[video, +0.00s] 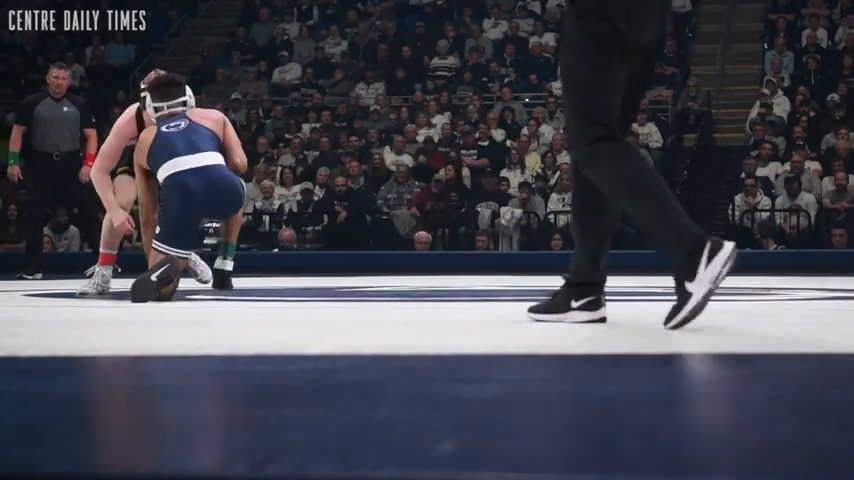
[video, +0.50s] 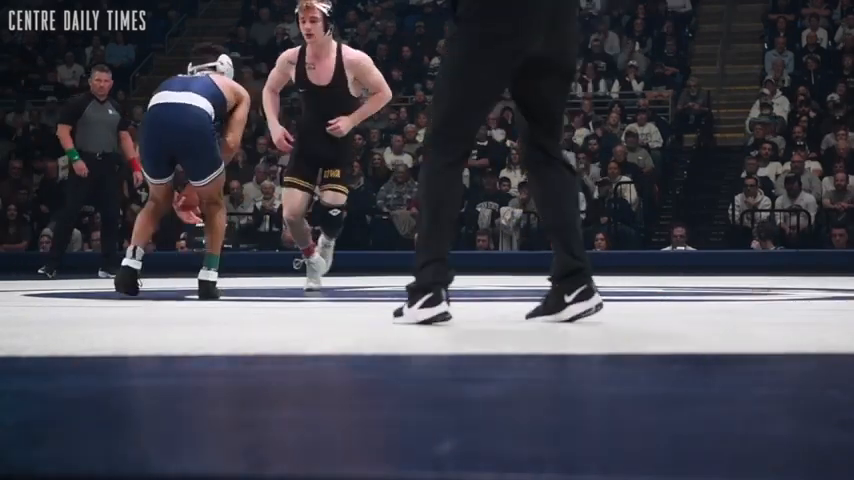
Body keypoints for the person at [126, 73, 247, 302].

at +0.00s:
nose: (143, 112)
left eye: (144, 107)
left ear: (150, 110)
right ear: (188, 101)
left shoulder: (144, 142)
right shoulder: (215, 117)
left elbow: (148, 215)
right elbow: (240, 164)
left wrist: (153, 265)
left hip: (179, 201)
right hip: (223, 192)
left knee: (161, 281)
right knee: (237, 198)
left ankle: (159, 278)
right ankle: (224, 269)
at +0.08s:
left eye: (157, 104)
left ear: (158, 106)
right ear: (195, 99)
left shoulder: (148, 139)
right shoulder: (219, 118)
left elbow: (149, 212)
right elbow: (239, 170)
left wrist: (152, 261)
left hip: (178, 197)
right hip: (221, 191)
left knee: (164, 287)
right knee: (221, 215)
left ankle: (157, 277)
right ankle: (210, 274)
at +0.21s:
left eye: (172, 104)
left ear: (170, 107)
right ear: (203, 100)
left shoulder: (156, 133)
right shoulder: (229, 119)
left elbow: (153, 195)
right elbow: (239, 172)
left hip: (174, 189)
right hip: (217, 186)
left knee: (165, 280)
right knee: (219, 213)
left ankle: (153, 278)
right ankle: (211, 273)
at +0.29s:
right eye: (219, 93)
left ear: (179, 102)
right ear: (214, 95)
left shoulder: (163, 127)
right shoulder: (235, 111)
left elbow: (159, 173)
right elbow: (239, 165)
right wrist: (214, 194)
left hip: (169, 167)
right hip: (214, 165)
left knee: (160, 267)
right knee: (219, 210)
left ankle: (148, 266)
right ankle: (212, 273)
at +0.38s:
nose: (185, 211)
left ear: (186, 92)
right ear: (217, 89)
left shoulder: (172, 106)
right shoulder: (238, 103)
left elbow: (163, 182)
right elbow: (236, 157)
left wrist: (166, 246)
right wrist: (200, 189)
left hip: (165, 148)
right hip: (206, 147)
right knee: (219, 206)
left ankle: (145, 246)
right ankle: (211, 272)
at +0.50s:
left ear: (197, 71)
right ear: (225, 74)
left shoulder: (175, 82)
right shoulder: (238, 91)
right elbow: (231, 142)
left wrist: (175, 194)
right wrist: (199, 187)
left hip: (153, 128)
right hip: (194, 128)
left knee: (157, 200)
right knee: (213, 204)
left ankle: (131, 261)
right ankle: (209, 276)